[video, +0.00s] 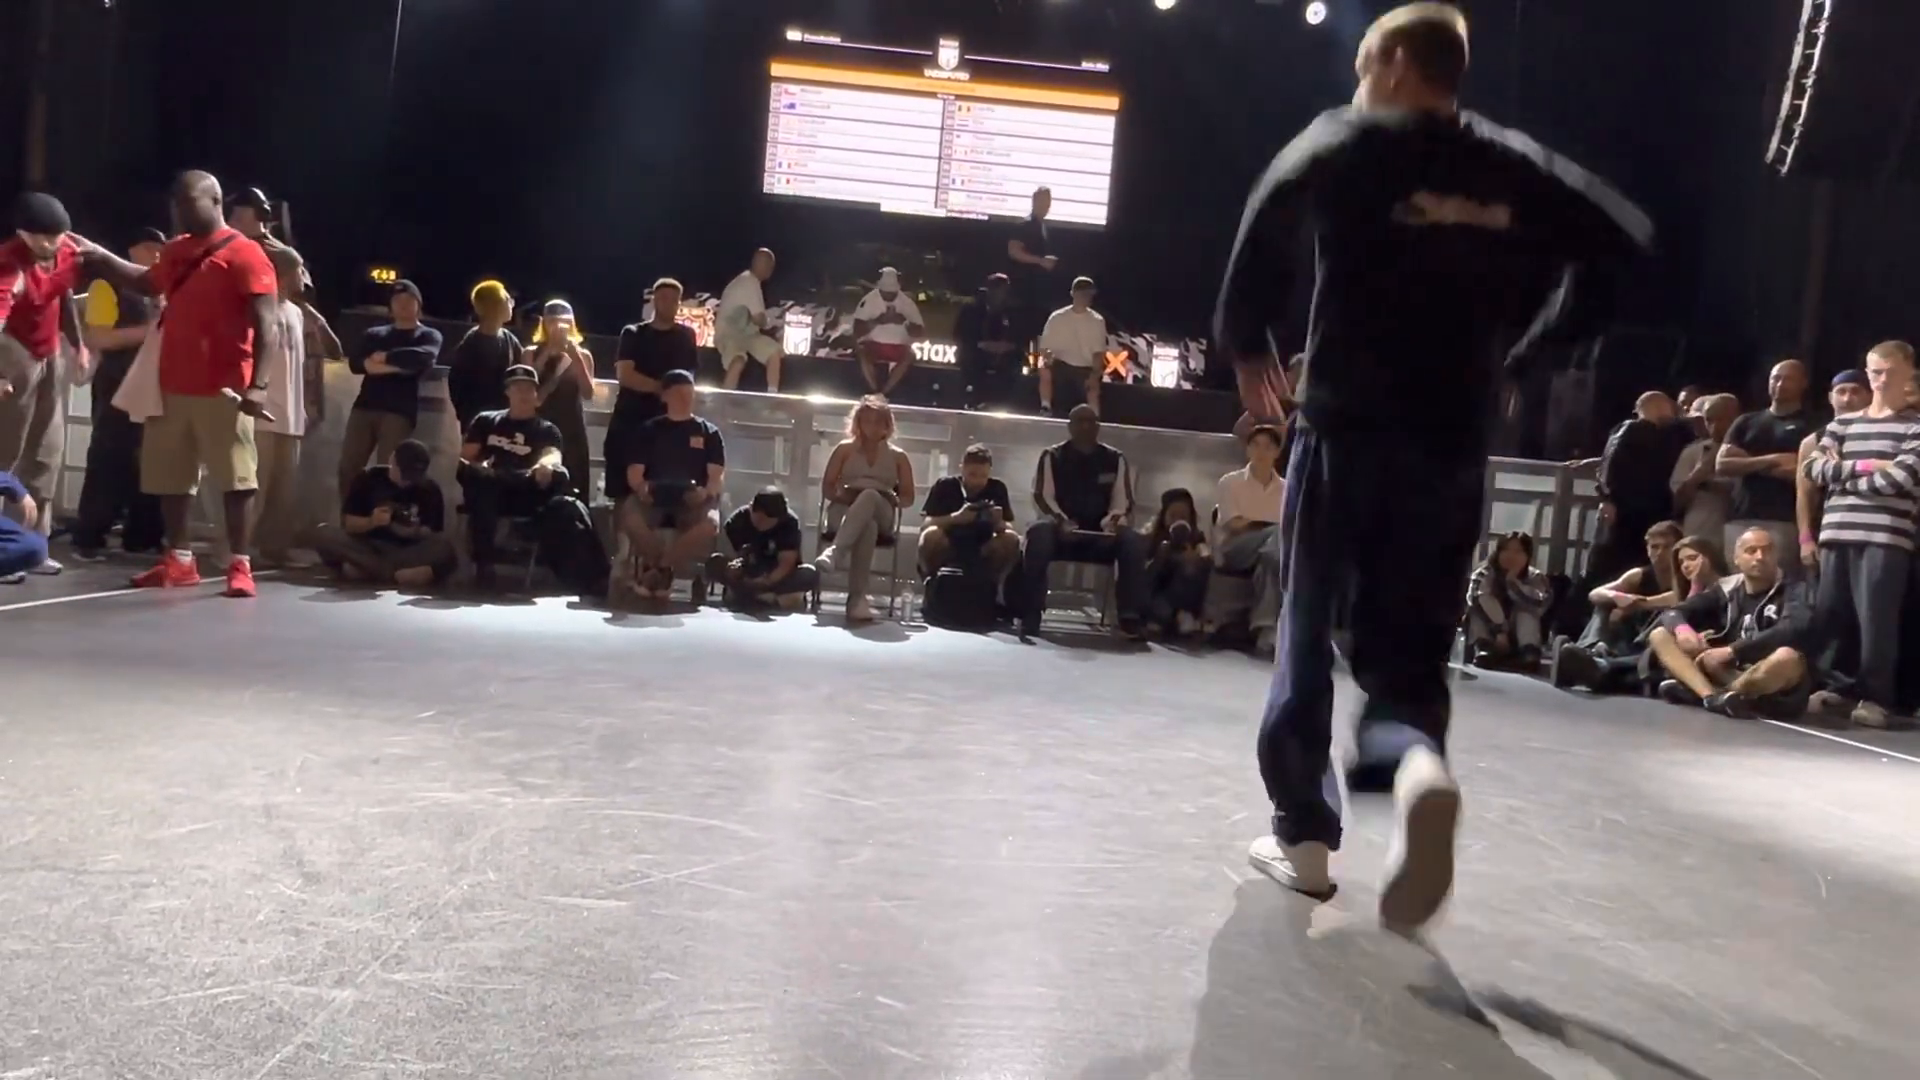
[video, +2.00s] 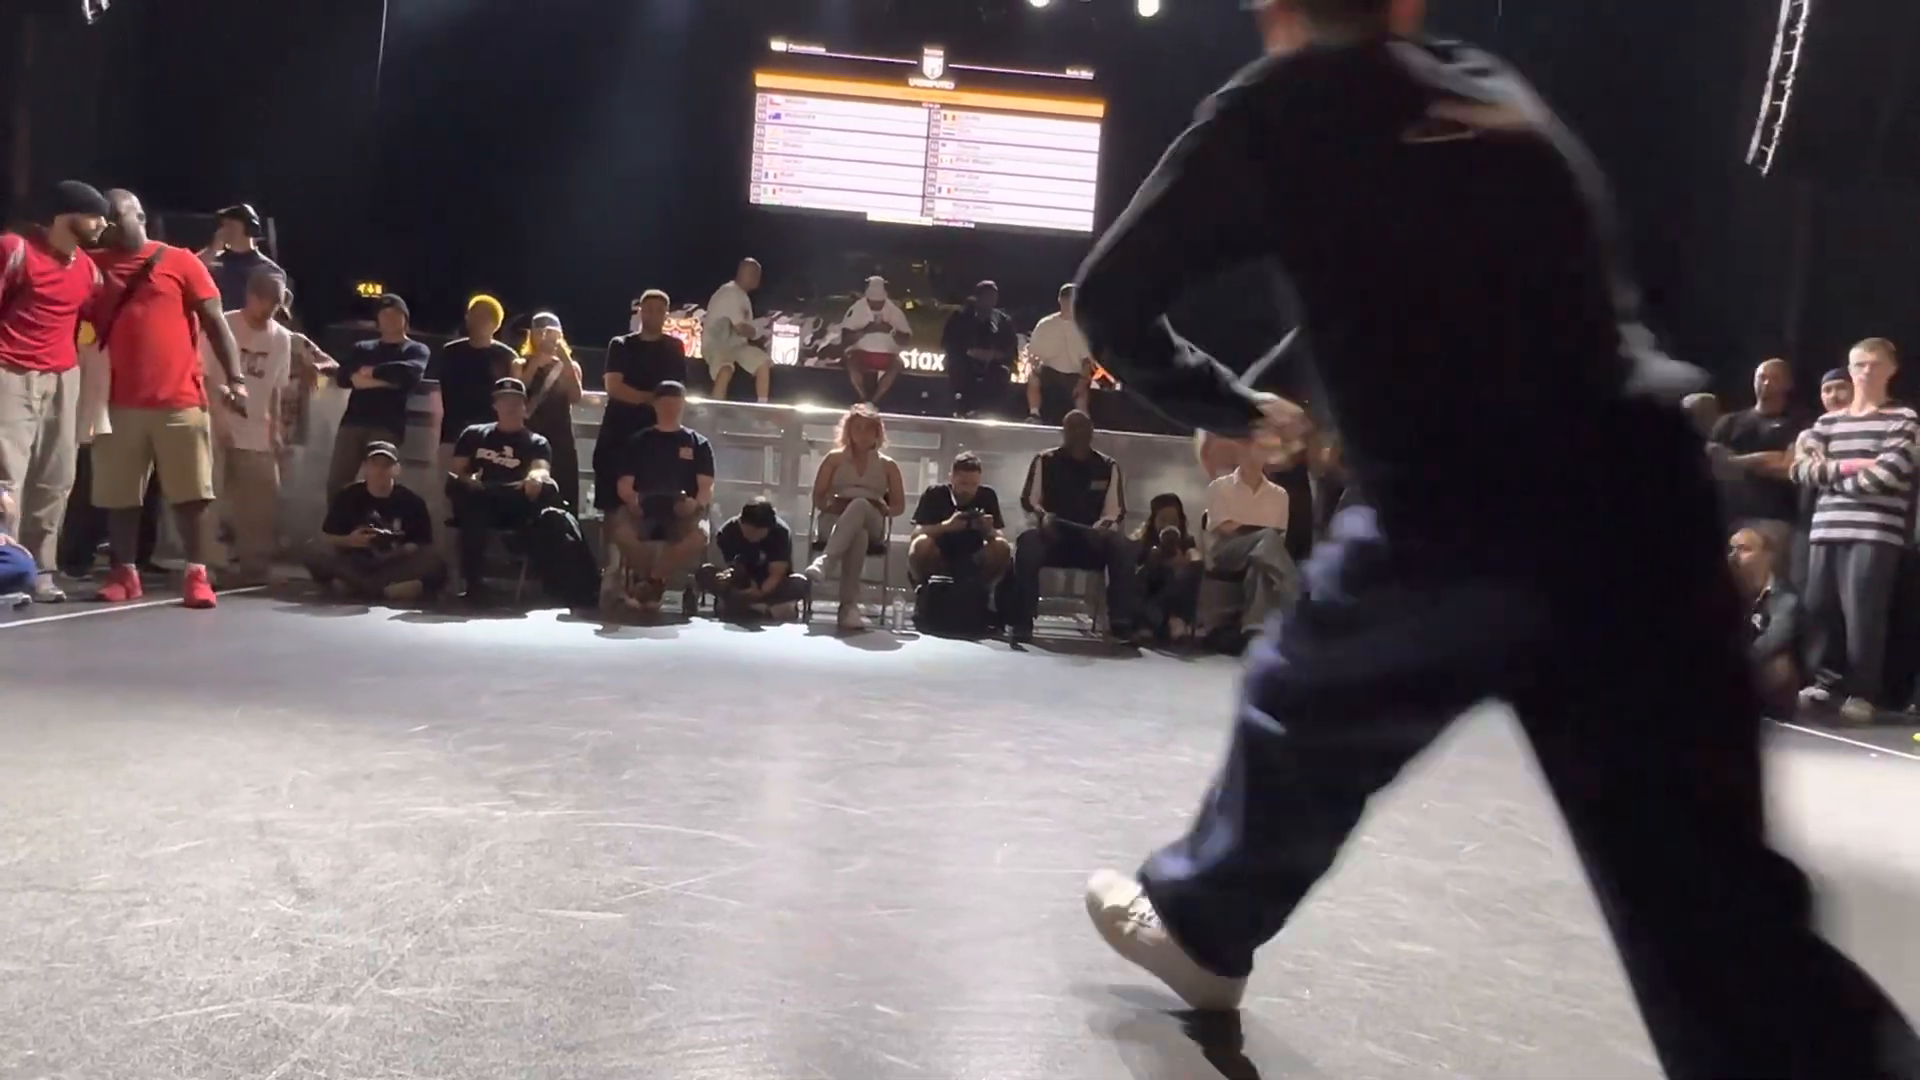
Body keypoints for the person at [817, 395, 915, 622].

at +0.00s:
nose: (875, 427)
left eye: (881, 422)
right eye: (869, 421)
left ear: (889, 426)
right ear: (858, 424)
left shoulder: (898, 457)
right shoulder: (845, 450)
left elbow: (908, 498)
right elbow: (828, 489)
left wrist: (885, 497)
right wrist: (852, 500)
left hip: (882, 518)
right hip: (843, 512)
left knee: (869, 496)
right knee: (867, 524)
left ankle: (834, 551)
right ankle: (857, 600)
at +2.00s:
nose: (864, 434)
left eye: (870, 428)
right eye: (858, 428)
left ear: (878, 433)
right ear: (848, 431)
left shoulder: (888, 466)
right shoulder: (834, 459)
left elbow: (898, 506)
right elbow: (819, 499)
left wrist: (881, 509)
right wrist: (839, 506)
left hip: (873, 526)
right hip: (833, 521)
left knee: (859, 504)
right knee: (859, 535)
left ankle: (825, 561)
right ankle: (848, 607)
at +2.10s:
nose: (860, 434)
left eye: (866, 429)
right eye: (854, 428)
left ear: (875, 433)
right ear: (845, 431)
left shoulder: (884, 465)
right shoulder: (831, 459)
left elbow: (895, 506)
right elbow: (816, 499)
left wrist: (876, 508)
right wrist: (838, 506)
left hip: (870, 526)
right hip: (831, 522)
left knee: (856, 504)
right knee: (856, 534)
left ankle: (822, 560)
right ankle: (845, 607)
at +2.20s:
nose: (860, 434)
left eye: (866, 429)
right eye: (854, 428)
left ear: (873, 433)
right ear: (843, 431)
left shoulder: (882, 465)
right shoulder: (829, 459)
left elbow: (894, 505)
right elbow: (814, 497)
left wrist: (875, 509)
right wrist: (832, 506)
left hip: (868, 526)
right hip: (829, 522)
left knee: (854, 504)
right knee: (854, 535)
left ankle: (819, 562)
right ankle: (844, 607)